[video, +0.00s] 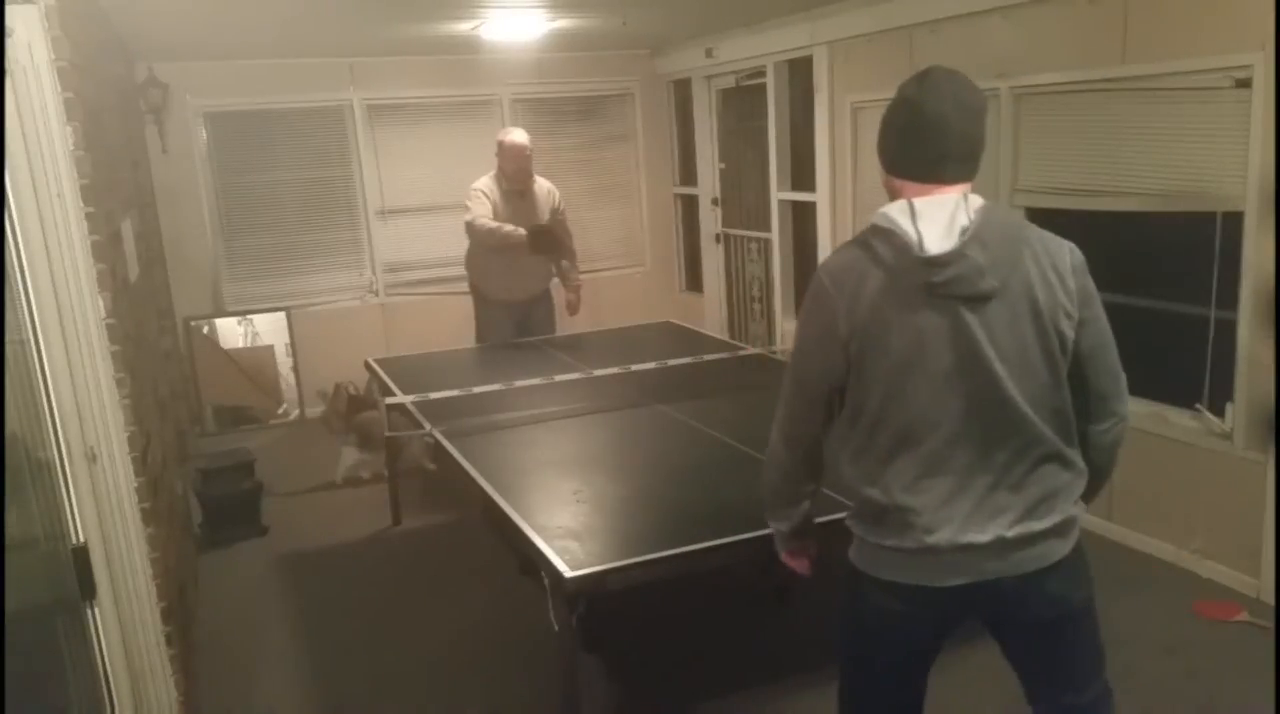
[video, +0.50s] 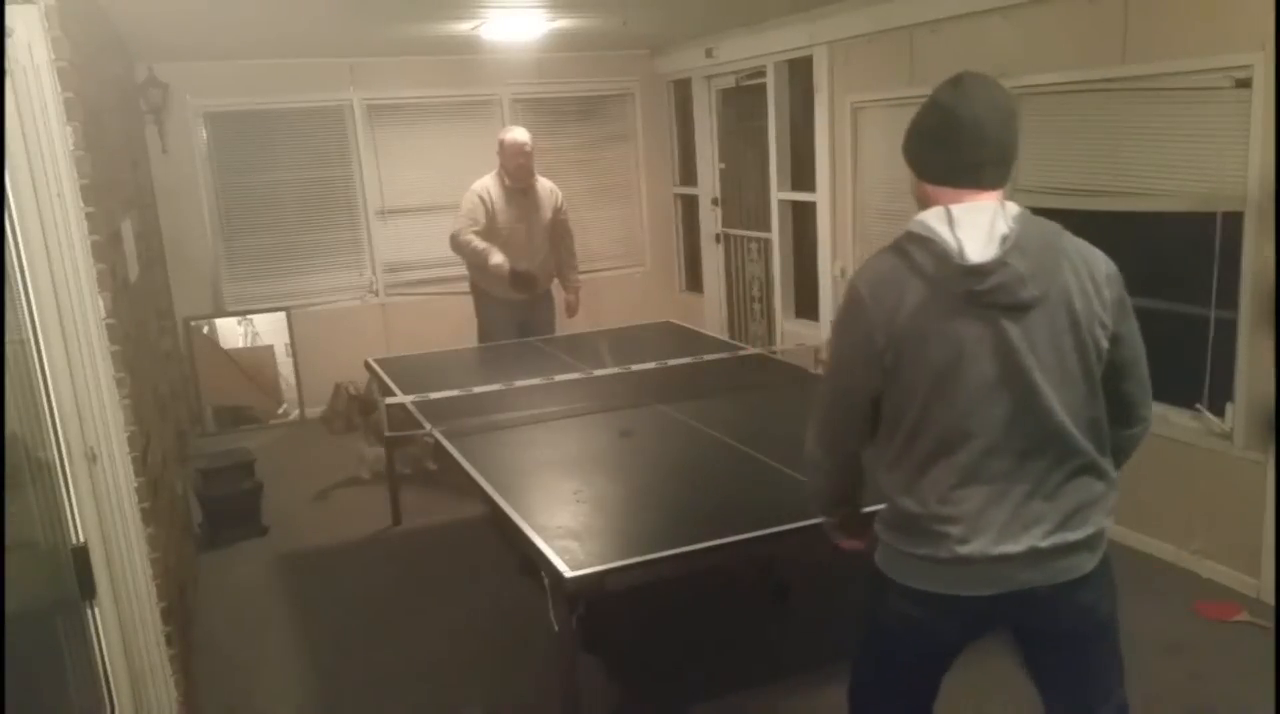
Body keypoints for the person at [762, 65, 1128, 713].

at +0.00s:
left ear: (886, 161)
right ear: (976, 156)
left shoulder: (845, 279)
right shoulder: (1056, 264)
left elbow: (796, 427)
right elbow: (1107, 412)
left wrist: (789, 522)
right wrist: (1070, 490)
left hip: (896, 578)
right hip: (1040, 570)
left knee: (878, 707)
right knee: (1078, 705)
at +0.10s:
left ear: (895, 161)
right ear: (987, 158)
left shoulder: (854, 283)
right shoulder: (1068, 267)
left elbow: (806, 433)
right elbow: (1114, 415)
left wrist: (801, 519)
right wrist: (1074, 496)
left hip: (905, 582)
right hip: (1050, 575)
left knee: (879, 706)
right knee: (1085, 706)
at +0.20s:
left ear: (908, 168)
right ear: (999, 161)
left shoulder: (868, 286)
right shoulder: (1080, 271)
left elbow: (820, 431)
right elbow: (1124, 417)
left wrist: (817, 514)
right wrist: (1074, 485)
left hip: (918, 583)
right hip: (1059, 577)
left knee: (885, 705)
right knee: (1088, 707)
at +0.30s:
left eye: (907, 157)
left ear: (912, 167)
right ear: (1006, 162)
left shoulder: (876, 285)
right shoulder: (1086, 271)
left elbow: (827, 433)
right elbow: (1128, 417)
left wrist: (831, 516)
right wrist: (1072, 484)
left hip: (921, 583)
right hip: (1063, 578)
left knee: (887, 704)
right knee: (1093, 707)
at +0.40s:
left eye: (908, 157)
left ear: (912, 167)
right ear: (1005, 162)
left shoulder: (876, 285)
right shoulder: (1086, 271)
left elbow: (827, 432)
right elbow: (1128, 417)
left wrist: (830, 516)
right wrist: (1071, 485)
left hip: (921, 584)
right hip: (1064, 578)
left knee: (886, 704)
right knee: (1093, 707)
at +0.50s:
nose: (910, 174)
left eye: (912, 161)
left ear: (917, 170)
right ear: (1008, 165)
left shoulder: (881, 288)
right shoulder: (1090, 272)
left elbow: (833, 436)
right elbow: (1131, 412)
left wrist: (844, 517)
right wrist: (1074, 483)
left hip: (926, 584)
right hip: (1068, 579)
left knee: (885, 704)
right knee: (1096, 707)